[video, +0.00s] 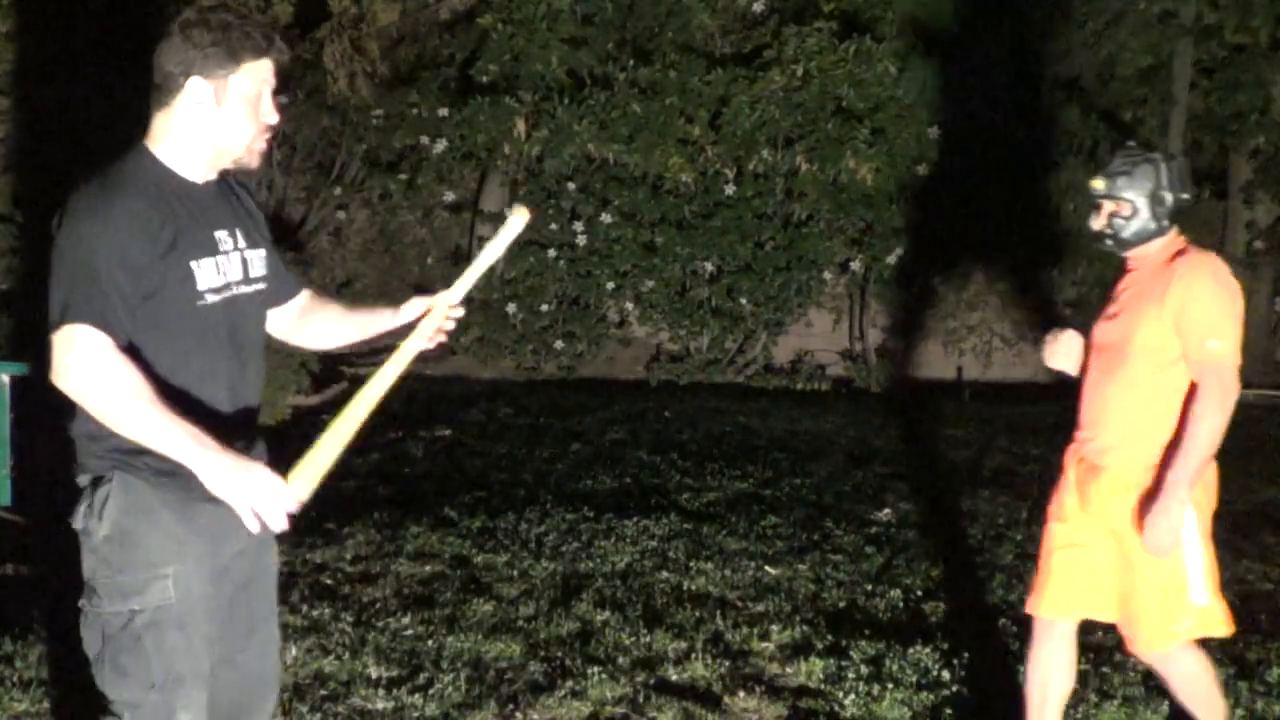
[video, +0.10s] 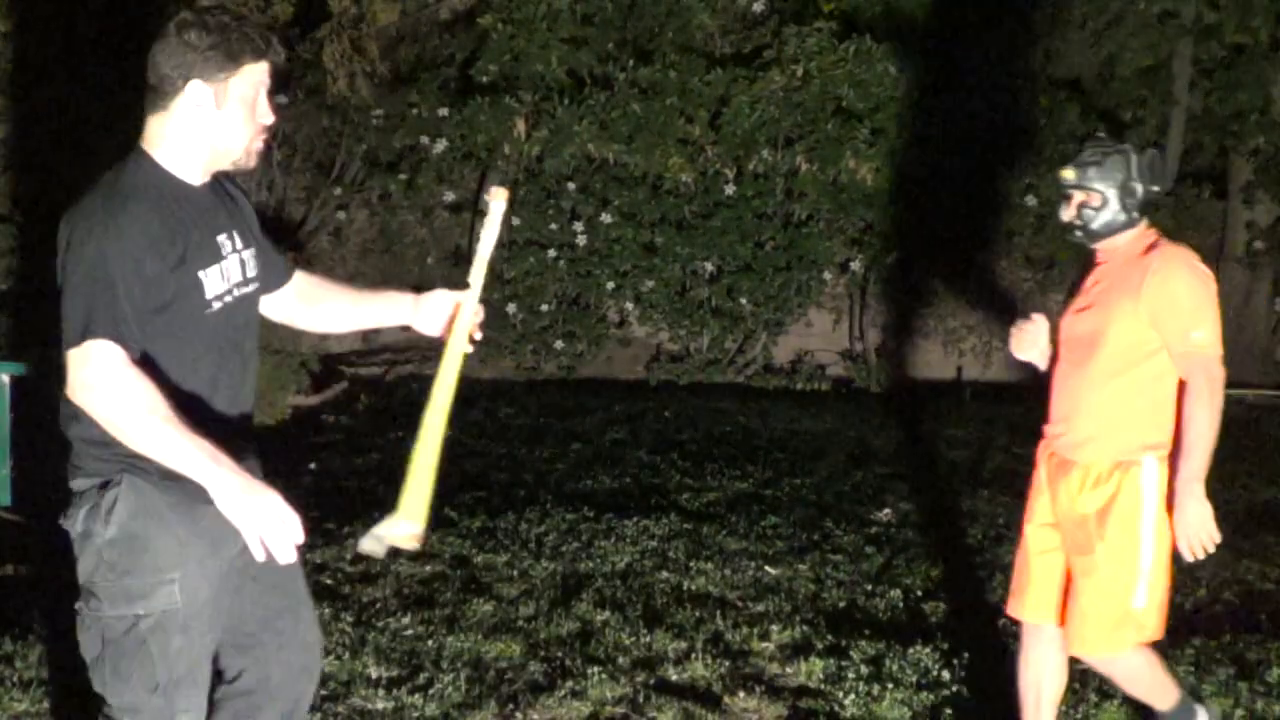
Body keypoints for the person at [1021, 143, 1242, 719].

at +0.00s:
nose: (1100, 218)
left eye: (1114, 204)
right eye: (1099, 204)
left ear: (1153, 205)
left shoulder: (1202, 276)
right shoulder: (1133, 280)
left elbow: (1218, 390)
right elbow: (1139, 374)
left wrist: (1174, 495)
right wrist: (1085, 360)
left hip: (1154, 491)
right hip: (1086, 484)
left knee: (1158, 639)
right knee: (1052, 619)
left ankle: (1217, 716)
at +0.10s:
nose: (1072, 211)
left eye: (1088, 196)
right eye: (1069, 195)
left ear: (1127, 198)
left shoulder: (1176, 271)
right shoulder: (1098, 275)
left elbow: (1206, 381)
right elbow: (1099, 374)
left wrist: (1190, 487)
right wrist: (1048, 355)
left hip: (1129, 480)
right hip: (1058, 473)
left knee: (1099, 639)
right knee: (1040, 627)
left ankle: (1186, 714)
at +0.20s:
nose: (1047, 206)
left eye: (1063, 191)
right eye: (1045, 189)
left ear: (1103, 194)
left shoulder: (1157, 268)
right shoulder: (1059, 271)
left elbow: (1196, 378)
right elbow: (1056, 371)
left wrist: (1187, 487)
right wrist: (1011, 354)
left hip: (1113, 471)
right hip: (1037, 468)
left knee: (1063, 625)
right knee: (1028, 623)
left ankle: (1127, 715)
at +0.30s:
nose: (1026, 202)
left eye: (1043, 188)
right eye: (1024, 185)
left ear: (1084, 192)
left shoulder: (1139, 269)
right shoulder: (1031, 267)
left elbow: (1178, 380)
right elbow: (1041, 369)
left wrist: (1164, 489)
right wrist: (987, 360)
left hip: (1089, 475)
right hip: (1016, 471)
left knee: (1040, 636)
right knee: (1020, 635)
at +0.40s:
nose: (1005, 206)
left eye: (1022, 192)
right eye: (1003, 190)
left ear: (1065, 195)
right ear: (1001, 191)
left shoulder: (1123, 273)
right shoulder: (1011, 270)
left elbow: (1154, 389)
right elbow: (987, 365)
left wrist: (1128, 498)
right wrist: (941, 364)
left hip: (1067, 487)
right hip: (996, 483)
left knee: (1023, 647)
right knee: (1007, 642)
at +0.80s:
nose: (939, 203)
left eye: (956, 190)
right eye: (937, 186)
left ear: (1003, 195)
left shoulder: (1056, 279)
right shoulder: (942, 262)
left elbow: (1066, 407)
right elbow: (868, 343)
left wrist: (973, 506)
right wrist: (760, 370)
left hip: (994, 502)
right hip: (914, 490)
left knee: (963, 677)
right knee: (877, 636)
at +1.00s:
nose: (898, 202)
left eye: (917, 189)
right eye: (895, 185)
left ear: (964, 190)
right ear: (892, 184)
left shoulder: (1016, 273)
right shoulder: (895, 259)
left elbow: (1009, 412)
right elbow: (841, 360)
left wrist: (877, 449)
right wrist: (759, 361)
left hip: (959, 493)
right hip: (876, 488)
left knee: (943, 682)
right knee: (848, 656)